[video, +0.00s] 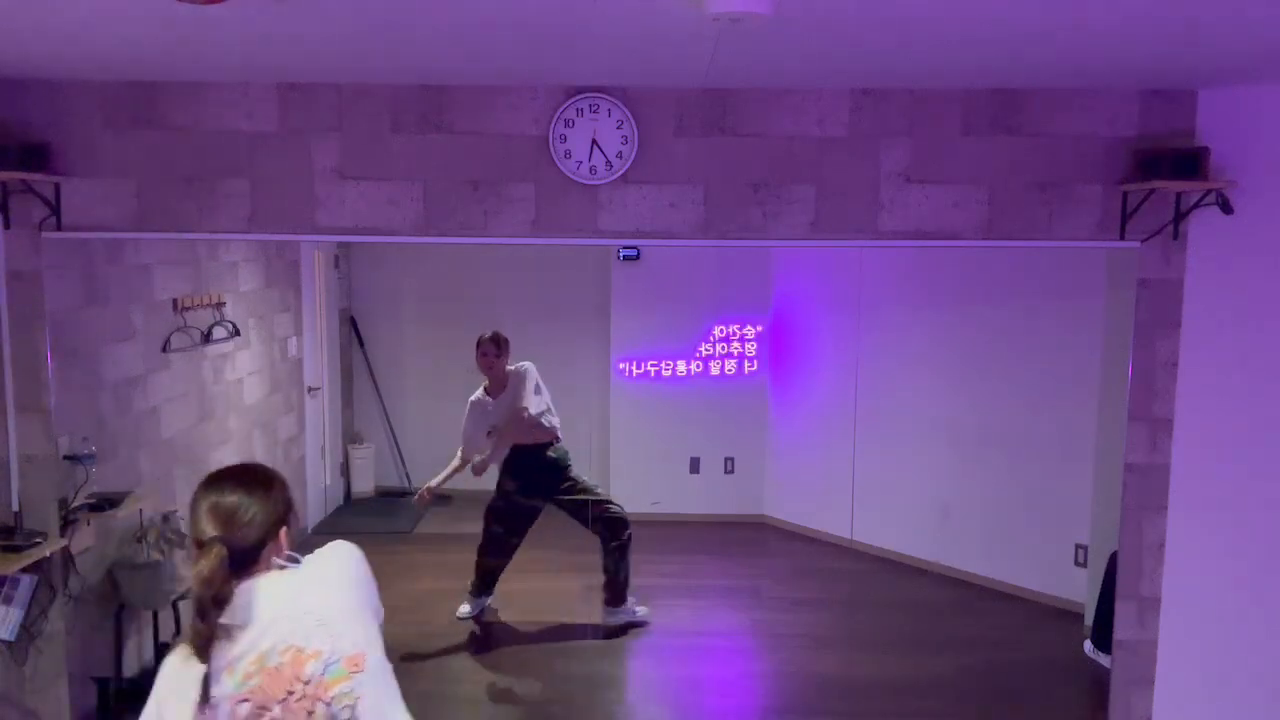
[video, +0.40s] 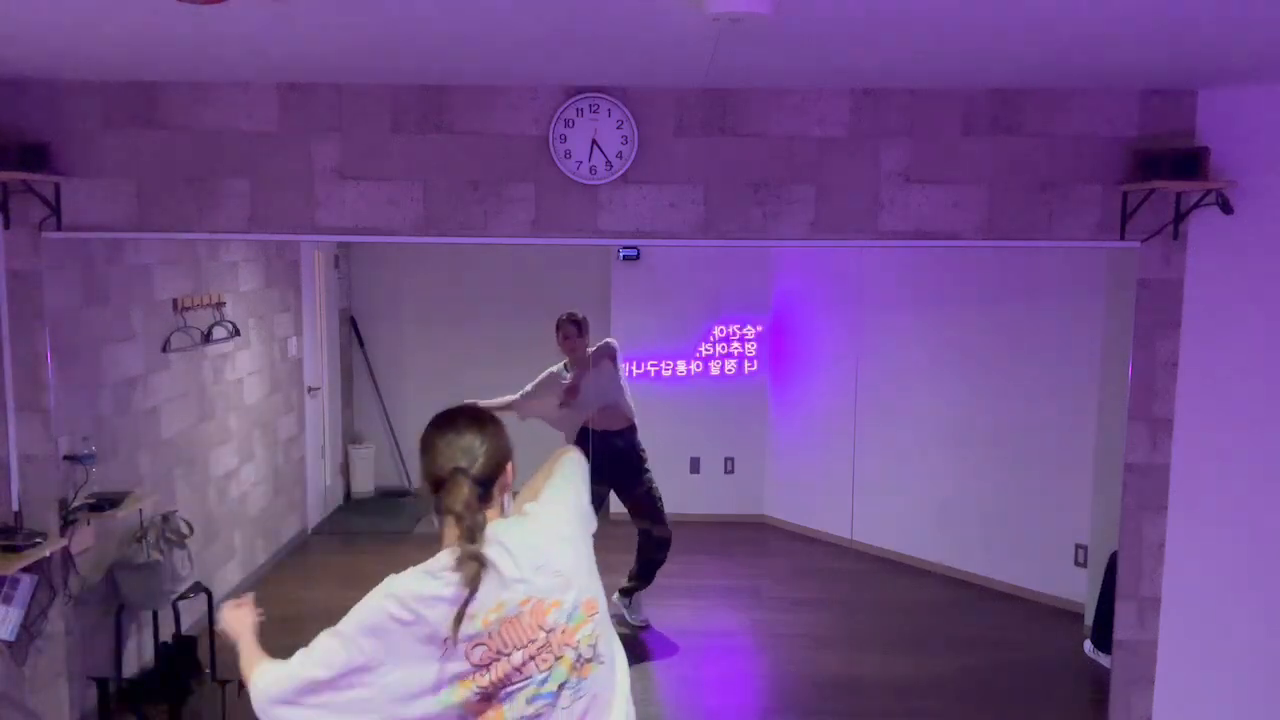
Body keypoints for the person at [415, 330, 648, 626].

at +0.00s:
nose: (488, 362)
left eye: (493, 355)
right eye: (482, 356)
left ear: (506, 357)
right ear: (476, 360)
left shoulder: (524, 372)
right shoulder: (478, 404)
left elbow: (520, 416)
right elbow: (466, 455)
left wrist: (489, 458)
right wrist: (435, 483)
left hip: (553, 468)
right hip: (517, 474)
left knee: (615, 523)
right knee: (497, 534)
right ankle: (479, 597)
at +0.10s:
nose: (509, 360)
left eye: (515, 353)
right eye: (504, 354)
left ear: (527, 354)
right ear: (497, 359)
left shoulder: (548, 367)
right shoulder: (502, 402)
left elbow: (534, 397)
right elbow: (478, 446)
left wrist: (498, 430)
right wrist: (437, 466)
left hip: (578, 464)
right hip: (543, 468)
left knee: (635, 525)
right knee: (520, 537)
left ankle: (624, 607)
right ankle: (482, 595)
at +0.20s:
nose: (532, 357)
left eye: (537, 349)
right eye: (526, 352)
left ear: (550, 347)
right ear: (520, 357)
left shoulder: (571, 361)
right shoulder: (524, 396)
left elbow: (562, 381)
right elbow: (494, 438)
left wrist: (519, 409)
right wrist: (447, 444)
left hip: (602, 462)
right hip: (565, 466)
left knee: (652, 527)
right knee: (534, 543)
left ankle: (625, 604)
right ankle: (490, 601)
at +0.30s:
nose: (556, 348)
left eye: (561, 342)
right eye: (549, 345)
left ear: (571, 343)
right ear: (543, 351)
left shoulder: (593, 357)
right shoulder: (542, 388)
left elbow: (582, 368)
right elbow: (508, 426)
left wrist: (547, 390)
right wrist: (460, 422)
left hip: (617, 460)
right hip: (579, 463)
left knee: (660, 532)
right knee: (546, 541)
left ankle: (624, 599)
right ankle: (523, 610)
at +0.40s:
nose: (570, 341)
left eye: (575, 335)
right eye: (564, 337)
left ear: (586, 336)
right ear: (558, 341)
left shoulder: (606, 353)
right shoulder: (556, 378)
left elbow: (603, 354)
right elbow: (518, 401)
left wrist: (576, 382)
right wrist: (475, 406)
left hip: (625, 449)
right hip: (588, 450)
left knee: (657, 533)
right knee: (575, 531)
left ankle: (627, 596)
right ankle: (569, 605)